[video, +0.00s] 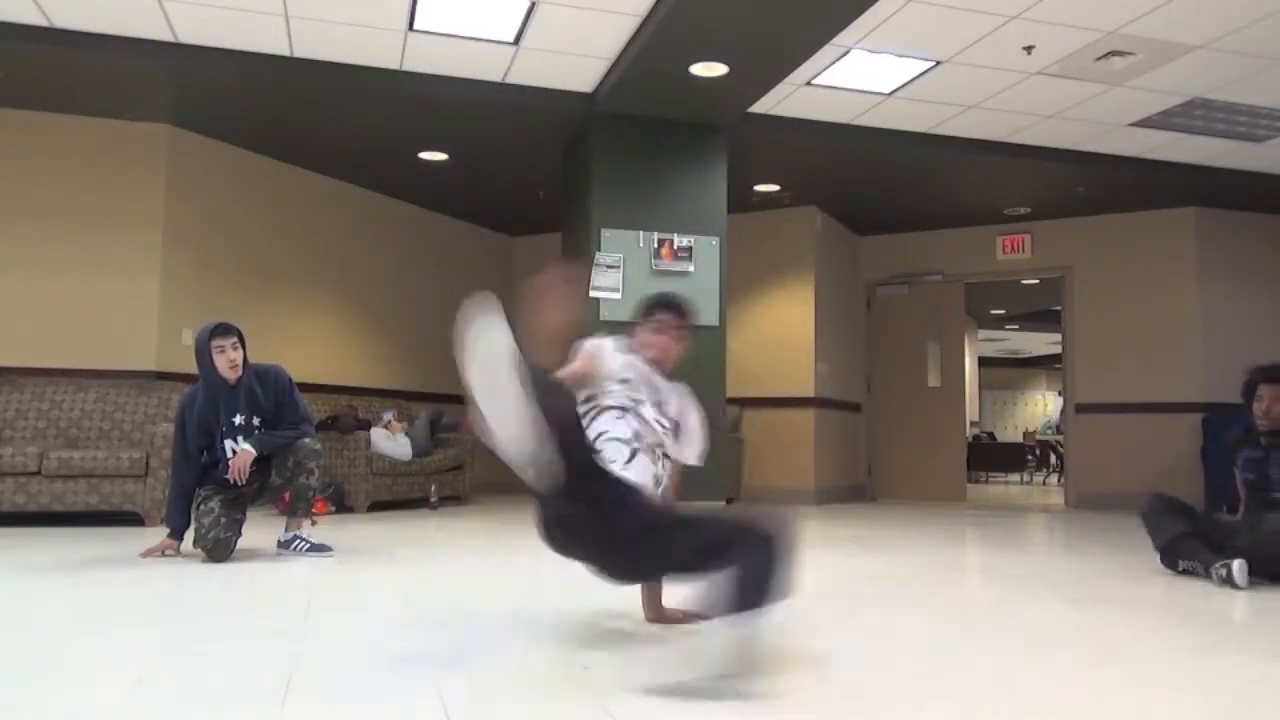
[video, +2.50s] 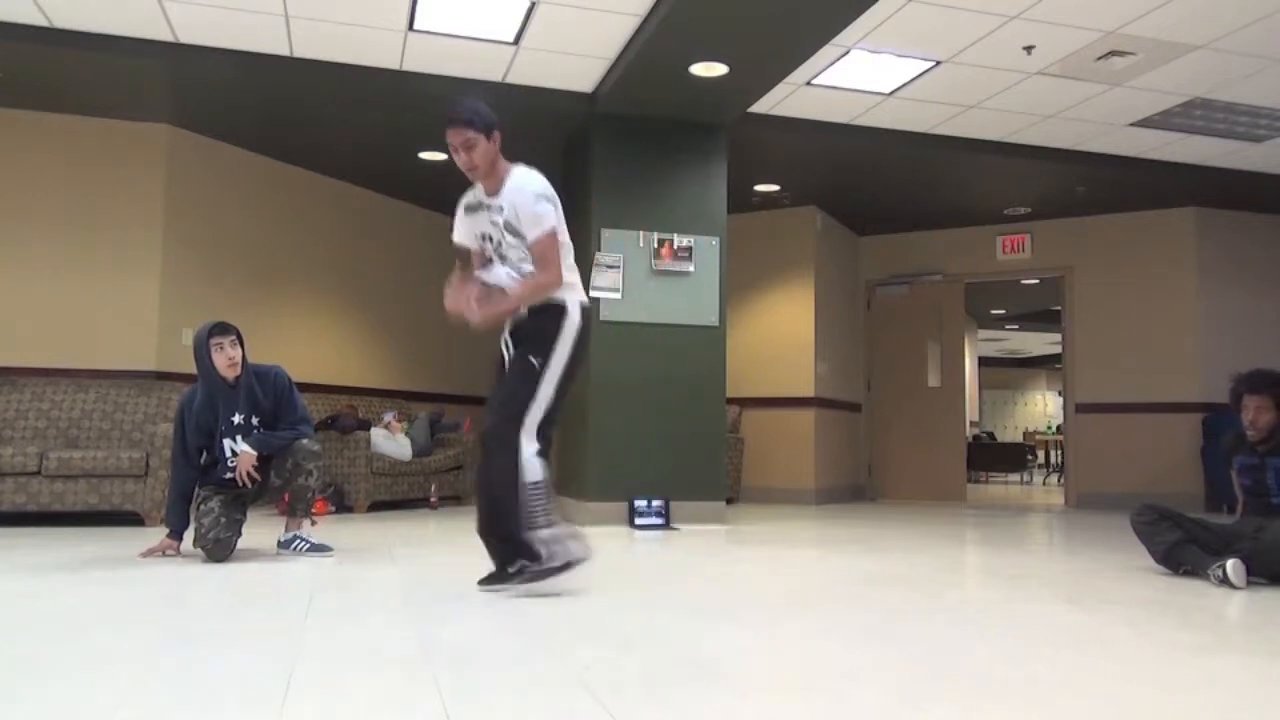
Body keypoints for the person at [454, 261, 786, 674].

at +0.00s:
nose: (663, 341)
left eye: (675, 334)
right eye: (655, 329)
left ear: (685, 346)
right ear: (636, 333)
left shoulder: (684, 412)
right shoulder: (605, 354)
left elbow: (664, 511)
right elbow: (552, 390)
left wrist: (654, 608)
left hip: (635, 536)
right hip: (578, 508)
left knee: (757, 542)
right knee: (552, 402)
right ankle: (519, 411)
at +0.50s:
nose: (598, 388)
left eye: (602, 377)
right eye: (587, 381)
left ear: (607, 358)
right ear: (557, 367)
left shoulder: (606, 360)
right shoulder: (516, 401)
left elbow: (658, 411)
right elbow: (530, 523)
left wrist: (721, 450)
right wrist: (539, 631)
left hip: (618, 473)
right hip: (584, 529)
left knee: (701, 458)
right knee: (711, 606)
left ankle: (802, 566)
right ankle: (751, 585)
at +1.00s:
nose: (587, 443)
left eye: (606, 431)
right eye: (576, 433)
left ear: (627, 382)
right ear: (561, 394)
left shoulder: (654, 351)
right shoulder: (543, 383)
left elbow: (706, 459)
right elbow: (545, 517)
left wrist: (613, 515)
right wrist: (539, 626)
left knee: (695, 481)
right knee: (478, 479)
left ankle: (718, 595)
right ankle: (426, 580)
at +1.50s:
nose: (563, 203)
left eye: (570, 189)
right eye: (554, 192)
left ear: (598, 173)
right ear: (545, 184)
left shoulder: (659, 213)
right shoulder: (548, 221)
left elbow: (718, 295)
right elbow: (536, 302)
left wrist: (658, 353)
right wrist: (508, 368)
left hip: (666, 331)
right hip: (599, 335)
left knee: (689, 462)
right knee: (545, 442)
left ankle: (716, 594)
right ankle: (527, 561)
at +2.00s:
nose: (488, 125)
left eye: (494, 112)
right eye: (481, 116)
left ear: (523, 108)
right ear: (480, 122)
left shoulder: (562, 161)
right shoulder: (506, 175)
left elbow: (625, 226)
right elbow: (532, 243)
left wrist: (571, 288)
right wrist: (537, 303)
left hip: (580, 309)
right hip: (548, 313)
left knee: (540, 422)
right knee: (572, 432)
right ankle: (625, 543)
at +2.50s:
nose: (464, 158)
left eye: (470, 145)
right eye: (455, 150)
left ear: (495, 139)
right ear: (451, 153)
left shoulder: (527, 190)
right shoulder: (470, 205)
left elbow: (552, 274)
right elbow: (469, 266)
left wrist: (492, 304)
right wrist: (459, 293)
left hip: (558, 313)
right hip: (519, 318)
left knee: (516, 427)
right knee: (498, 431)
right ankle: (515, 555)